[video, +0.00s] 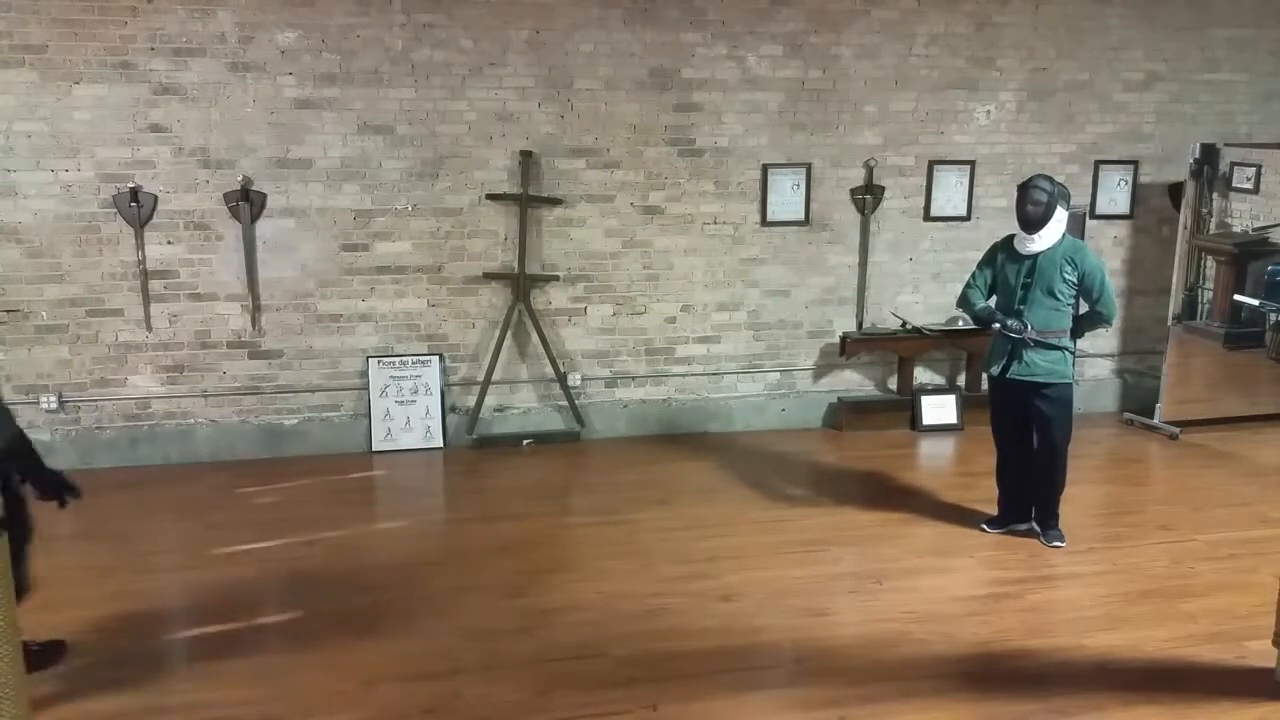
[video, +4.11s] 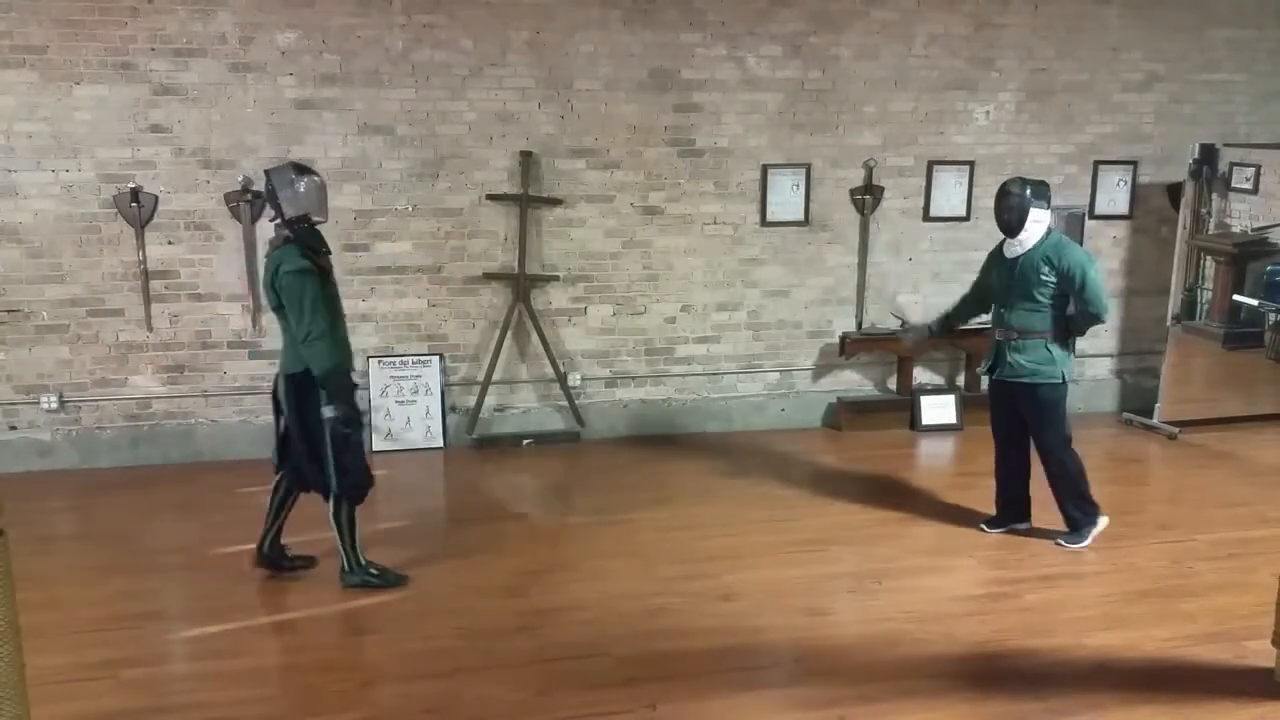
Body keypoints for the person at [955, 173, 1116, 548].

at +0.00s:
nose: (1027, 210)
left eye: (1035, 202)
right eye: (1023, 202)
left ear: (1056, 207)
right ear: (1017, 203)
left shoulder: (1077, 255)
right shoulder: (1003, 250)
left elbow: (1106, 311)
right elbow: (969, 296)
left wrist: (1071, 329)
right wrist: (997, 320)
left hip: (1050, 371)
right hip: (1005, 369)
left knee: (1051, 452)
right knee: (1009, 448)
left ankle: (1048, 522)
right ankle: (1013, 515)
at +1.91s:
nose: (1026, 210)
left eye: (1035, 203)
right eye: (1022, 202)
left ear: (1056, 207)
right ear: (1017, 203)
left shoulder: (1079, 254)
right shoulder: (1003, 250)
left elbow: (1106, 312)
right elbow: (971, 296)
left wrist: (1069, 330)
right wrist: (999, 320)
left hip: (1051, 372)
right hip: (1005, 370)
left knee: (1052, 453)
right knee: (1010, 449)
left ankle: (1049, 522)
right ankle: (1015, 515)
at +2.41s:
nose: (1027, 210)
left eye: (1035, 203)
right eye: (1023, 202)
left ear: (1056, 207)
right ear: (1017, 203)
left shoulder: (1080, 254)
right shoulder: (1005, 249)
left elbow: (1108, 310)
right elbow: (963, 294)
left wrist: (1073, 329)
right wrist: (998, 316)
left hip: (1050, 372)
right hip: (1005, 369)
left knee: (1049, 452)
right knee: (1011, 449)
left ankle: (1049, 523)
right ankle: (1015, 515)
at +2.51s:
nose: (1027, 210)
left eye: (1036, 205)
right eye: (1023, 203)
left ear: (1056, 209)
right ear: (1017, 204)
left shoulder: (1079, 255)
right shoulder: (1007, 249)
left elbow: (1107, 312)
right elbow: (974, 273)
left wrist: (1069, 330)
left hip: (1050, 368)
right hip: (1004, 364)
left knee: (1048, 451)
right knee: (1010, 447)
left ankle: (1047, 521)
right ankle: (1013, 515)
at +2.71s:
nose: (1028, 212)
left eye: (1037, 205)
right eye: (1024, 204)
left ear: (1057, 208)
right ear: (1019, 205)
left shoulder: (1078, 256)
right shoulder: (1005, 248)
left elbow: (1105, 313)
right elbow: (956, 254)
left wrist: (1071, 331)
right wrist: (907, 245)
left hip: (1048, 366)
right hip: (1003, 363)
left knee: (1048, 449)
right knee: (1009, 445)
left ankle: (1047, 521)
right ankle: (1014, 514)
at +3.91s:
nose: (1004, 219)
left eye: (1011, 211)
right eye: (1001, 211)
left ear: (1035, 210)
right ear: (1000, 211)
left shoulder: (1068, 253)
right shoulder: (996, 253)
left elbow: (1102, 308)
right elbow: (959, 288)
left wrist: (1067, 327)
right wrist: (920, 287)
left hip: (1046, 364)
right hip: (1002, 363)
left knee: (1048, 447)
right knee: (1007, 445)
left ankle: (1055, 524)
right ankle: (1012, 515)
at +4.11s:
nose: (1003, 217)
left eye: (1011, 209)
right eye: (1000, 209)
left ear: (1035, 210)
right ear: (999, 209)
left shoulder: (1064, 252)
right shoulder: (1001, 255)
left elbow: (1096, 310)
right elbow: (976, 300)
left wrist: (1067, 328)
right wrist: (937, 328)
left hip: (1043, 366)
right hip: (1004, 365)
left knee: (1052, 447)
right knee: (1009, 447)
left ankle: (1086, 519)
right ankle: (1013, 514)